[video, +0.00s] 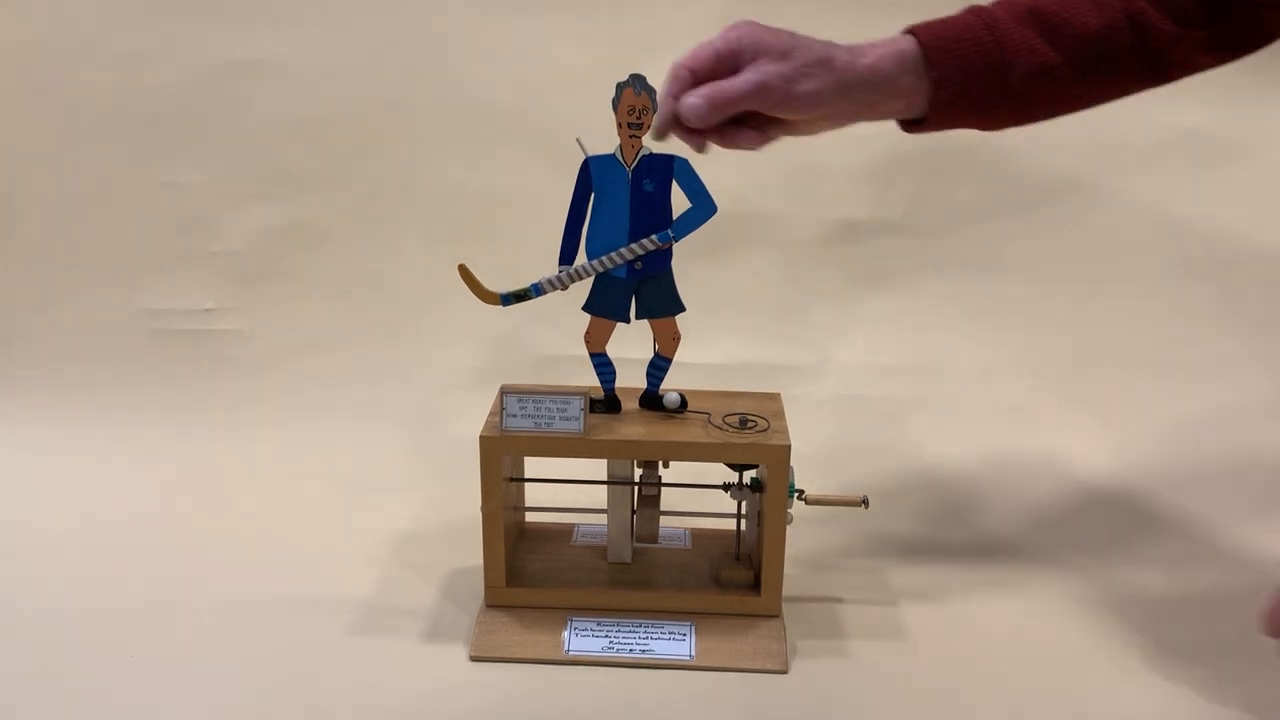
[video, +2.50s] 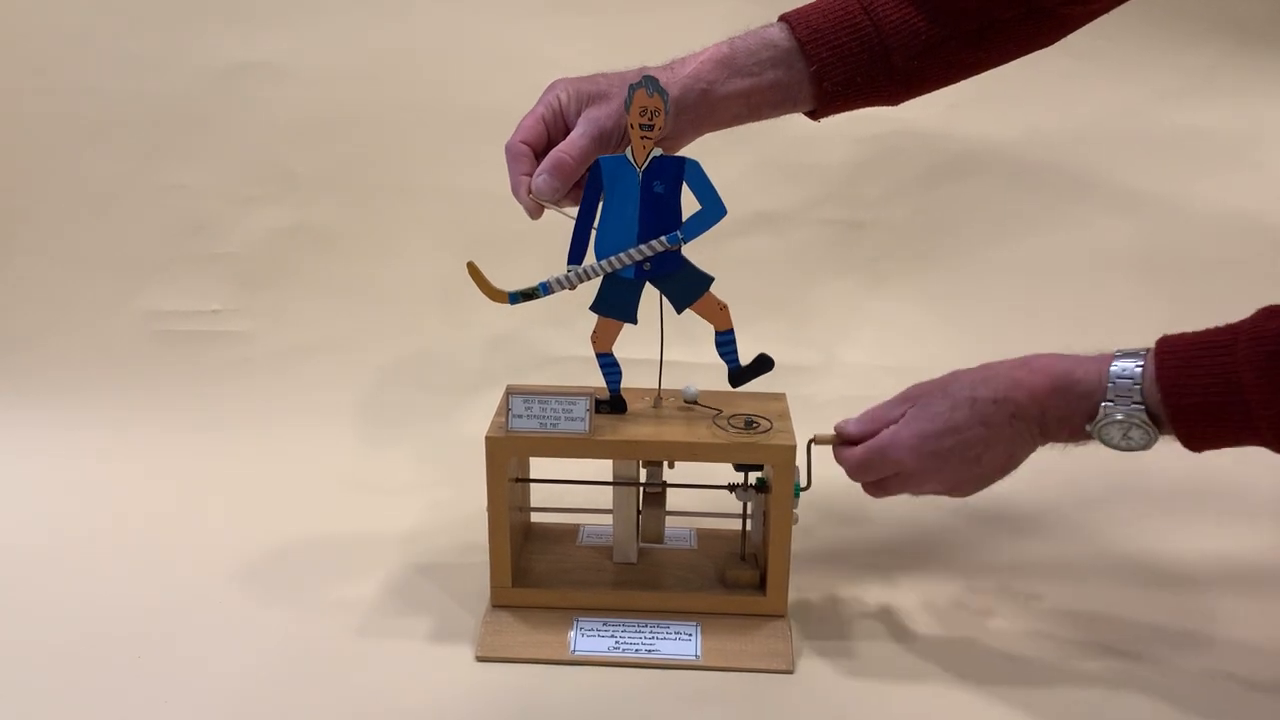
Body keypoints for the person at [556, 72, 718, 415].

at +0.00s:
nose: (636, 116)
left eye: (644, 110)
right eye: (629, 109)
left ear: (653, 117)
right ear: (615, 114)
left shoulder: (670, 165)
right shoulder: (594, 167)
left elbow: (707, 206)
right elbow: (575, 220)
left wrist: (669, 236)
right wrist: (565, 268)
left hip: (654, 271)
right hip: (611, 271)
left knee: (669, 339)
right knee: (594, 339)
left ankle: (651, 395)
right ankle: (609, 396)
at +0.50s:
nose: (636, 121)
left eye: (644, 115)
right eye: (630, 114)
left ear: (655, 124)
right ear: (617, 121)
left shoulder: (671, 167)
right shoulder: (595, 170)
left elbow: (708, 208)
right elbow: (577, 222)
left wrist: (671, 238)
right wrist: (567, 270)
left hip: (656, 274)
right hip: (612, 274)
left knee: (671, 341)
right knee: (596, 341)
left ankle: (652, 397)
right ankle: (611, 398)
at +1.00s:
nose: (643, 124)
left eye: (649, 117)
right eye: (636, 116)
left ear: (658, 125)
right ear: (623, 122)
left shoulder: (676, 168)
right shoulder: (601, 170)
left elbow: (712, 210)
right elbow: (581, 222)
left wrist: (675, 239)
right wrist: (570, 269)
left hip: (660, 274)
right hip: (616, 274)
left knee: (675, 341)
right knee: (598, 342)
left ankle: (656, 398)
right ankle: (612, 400)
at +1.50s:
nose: (646, 132)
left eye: (652, 125)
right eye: (639, 124)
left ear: (662, 127)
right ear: (627, 126)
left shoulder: (681, 169)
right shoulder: (606, 169)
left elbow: (715, 212)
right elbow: (585, 220)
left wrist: (675, 241)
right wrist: (572, 269)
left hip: (666, 270)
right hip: (620, 273)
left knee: (709, 326)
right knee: (600, 342)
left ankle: (715, 386)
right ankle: (613, 400)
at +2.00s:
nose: (648, 121)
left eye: (655, 113)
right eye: (641, 113)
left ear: (664, 119)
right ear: (627, 117)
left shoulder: (680, 167)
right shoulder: (605, 167)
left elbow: (715, 210)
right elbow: (585, 218)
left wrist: (676, 239)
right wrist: (573, 267)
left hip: (667, 266)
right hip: (621, 269)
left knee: (716, 317)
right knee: (600, 341)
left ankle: (729, 378)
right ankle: (614, 398)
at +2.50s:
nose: (649, 122)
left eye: (656, 114)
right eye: (642, 114)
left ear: (665, 119)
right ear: (628, 119)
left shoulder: (681, 167)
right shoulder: (605, 167)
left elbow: (716, 209)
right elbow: (585, 218)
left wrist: (677, 238)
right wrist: (573, 267)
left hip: (667, 264)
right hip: (621, 268)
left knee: (720, 313)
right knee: (601, 340)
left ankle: (736, 371)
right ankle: (615, 398)